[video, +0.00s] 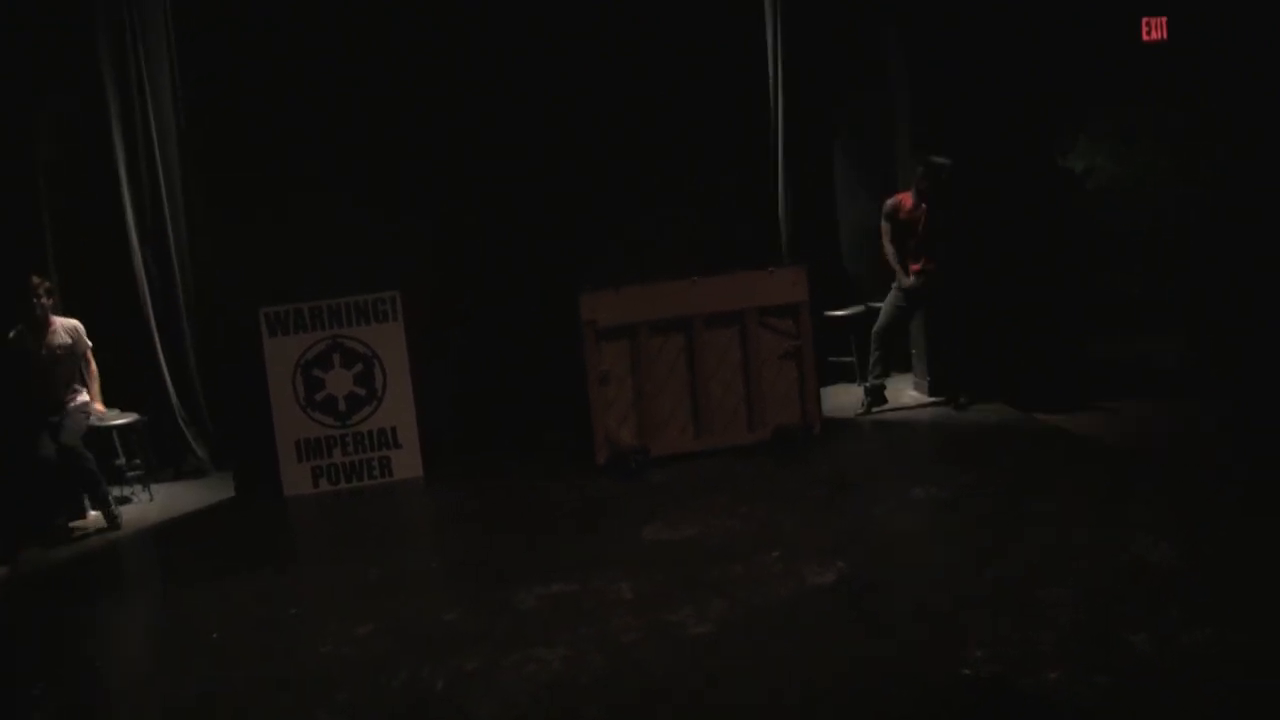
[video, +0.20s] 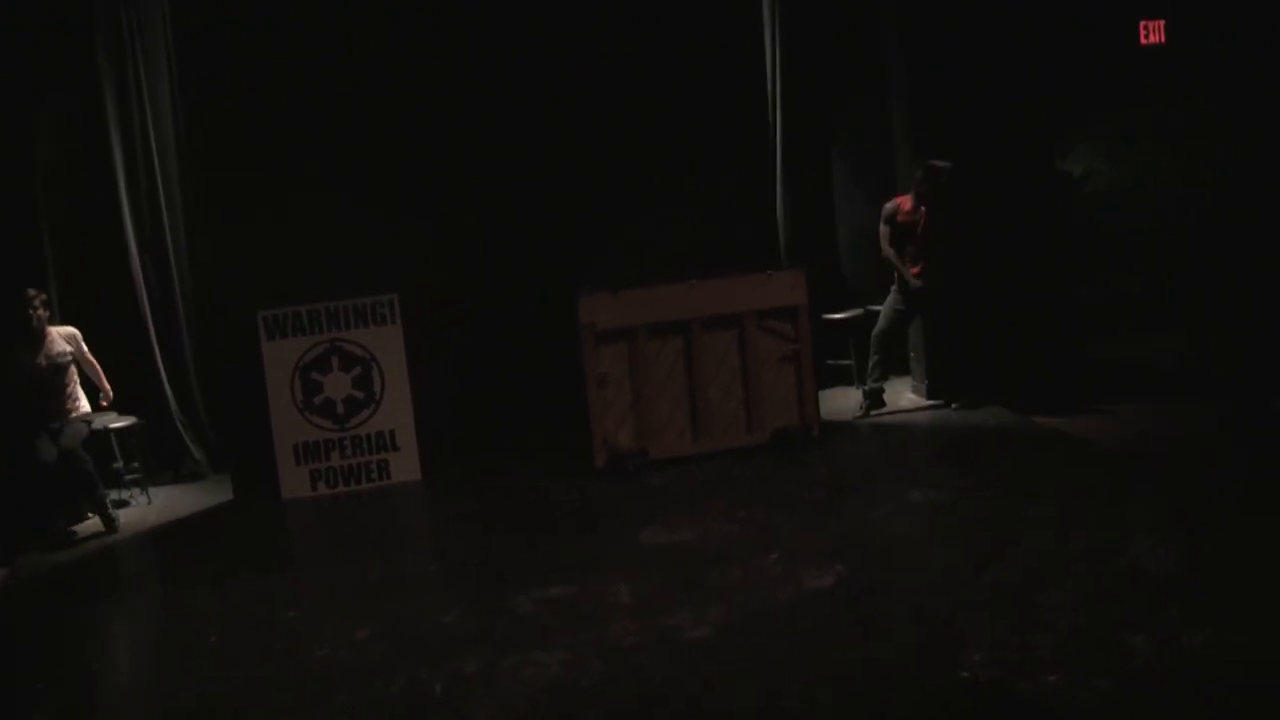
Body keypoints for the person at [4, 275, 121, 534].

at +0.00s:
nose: (36, 303)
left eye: (40, 297)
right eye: (31, 298)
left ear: (50, 299)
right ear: (25, 303)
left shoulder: (71, 328)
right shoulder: (18, 338)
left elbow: (89, 363)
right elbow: (17, 380)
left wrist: (96, 400)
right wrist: (21, 410)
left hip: (72, 400)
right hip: (39, 406)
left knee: (69, 445)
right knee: (44, 457)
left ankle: (105, 506)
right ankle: (55, 521)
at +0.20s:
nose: (33, 314)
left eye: (37, 308)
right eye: (28, 309)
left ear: (47, 311)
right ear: (21, 314)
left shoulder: (67, 336)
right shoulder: (20, 347)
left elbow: (88, 363)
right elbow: (16, 388)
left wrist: (106, 389)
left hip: (75, 415)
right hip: (41, 422)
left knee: (69, 447)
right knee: (45, 461)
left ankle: (103, 508)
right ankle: (56, 525)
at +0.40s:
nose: (33, 326)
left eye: (37, 319)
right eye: (28, 321)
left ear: (46, 322)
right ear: (22, 325)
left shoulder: (68, 346)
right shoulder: (20, 358)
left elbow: (90, 375)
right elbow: (16, 399)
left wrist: (110, 406)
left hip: (76, 422)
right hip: (43, 429)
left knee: (69, 451)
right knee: (44, 463)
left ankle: (102, 511)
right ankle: (58, 526)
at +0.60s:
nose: (37, 335)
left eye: (41, 329)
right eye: (32, 330)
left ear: (51, 331)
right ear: (28, 334)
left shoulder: (75, 361)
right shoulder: (26, 368)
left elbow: (97, 400)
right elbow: (23, 411)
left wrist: (113, 437)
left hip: (78, 430)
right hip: (46, 435)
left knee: (71, 454)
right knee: (47, 465)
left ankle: (105, 512)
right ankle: (57, 525)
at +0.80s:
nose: (48, 339)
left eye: (52, 334)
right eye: (44, 335)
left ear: (62, 337)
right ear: (39, 339)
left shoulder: (81, 370)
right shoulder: (36, 375)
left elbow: (89, 408)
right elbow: (34, 419)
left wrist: (87, 440)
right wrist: (39, 452)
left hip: (82, 433)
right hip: (55, 436)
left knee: (82, 459)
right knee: (57, 465)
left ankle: (110, 513)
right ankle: (69, 525)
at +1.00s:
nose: (65, 343)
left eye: (70, 338)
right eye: (61, 338)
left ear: (80, 343)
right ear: (56, 343)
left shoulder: (95, 379)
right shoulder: (46, 380)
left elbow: (97, 421)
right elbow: (47, 418)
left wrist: (74, 428)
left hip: (98, 436)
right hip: (67, 441)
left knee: (95, 466)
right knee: (60, 470)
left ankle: (111, 513)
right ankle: (70, 521)